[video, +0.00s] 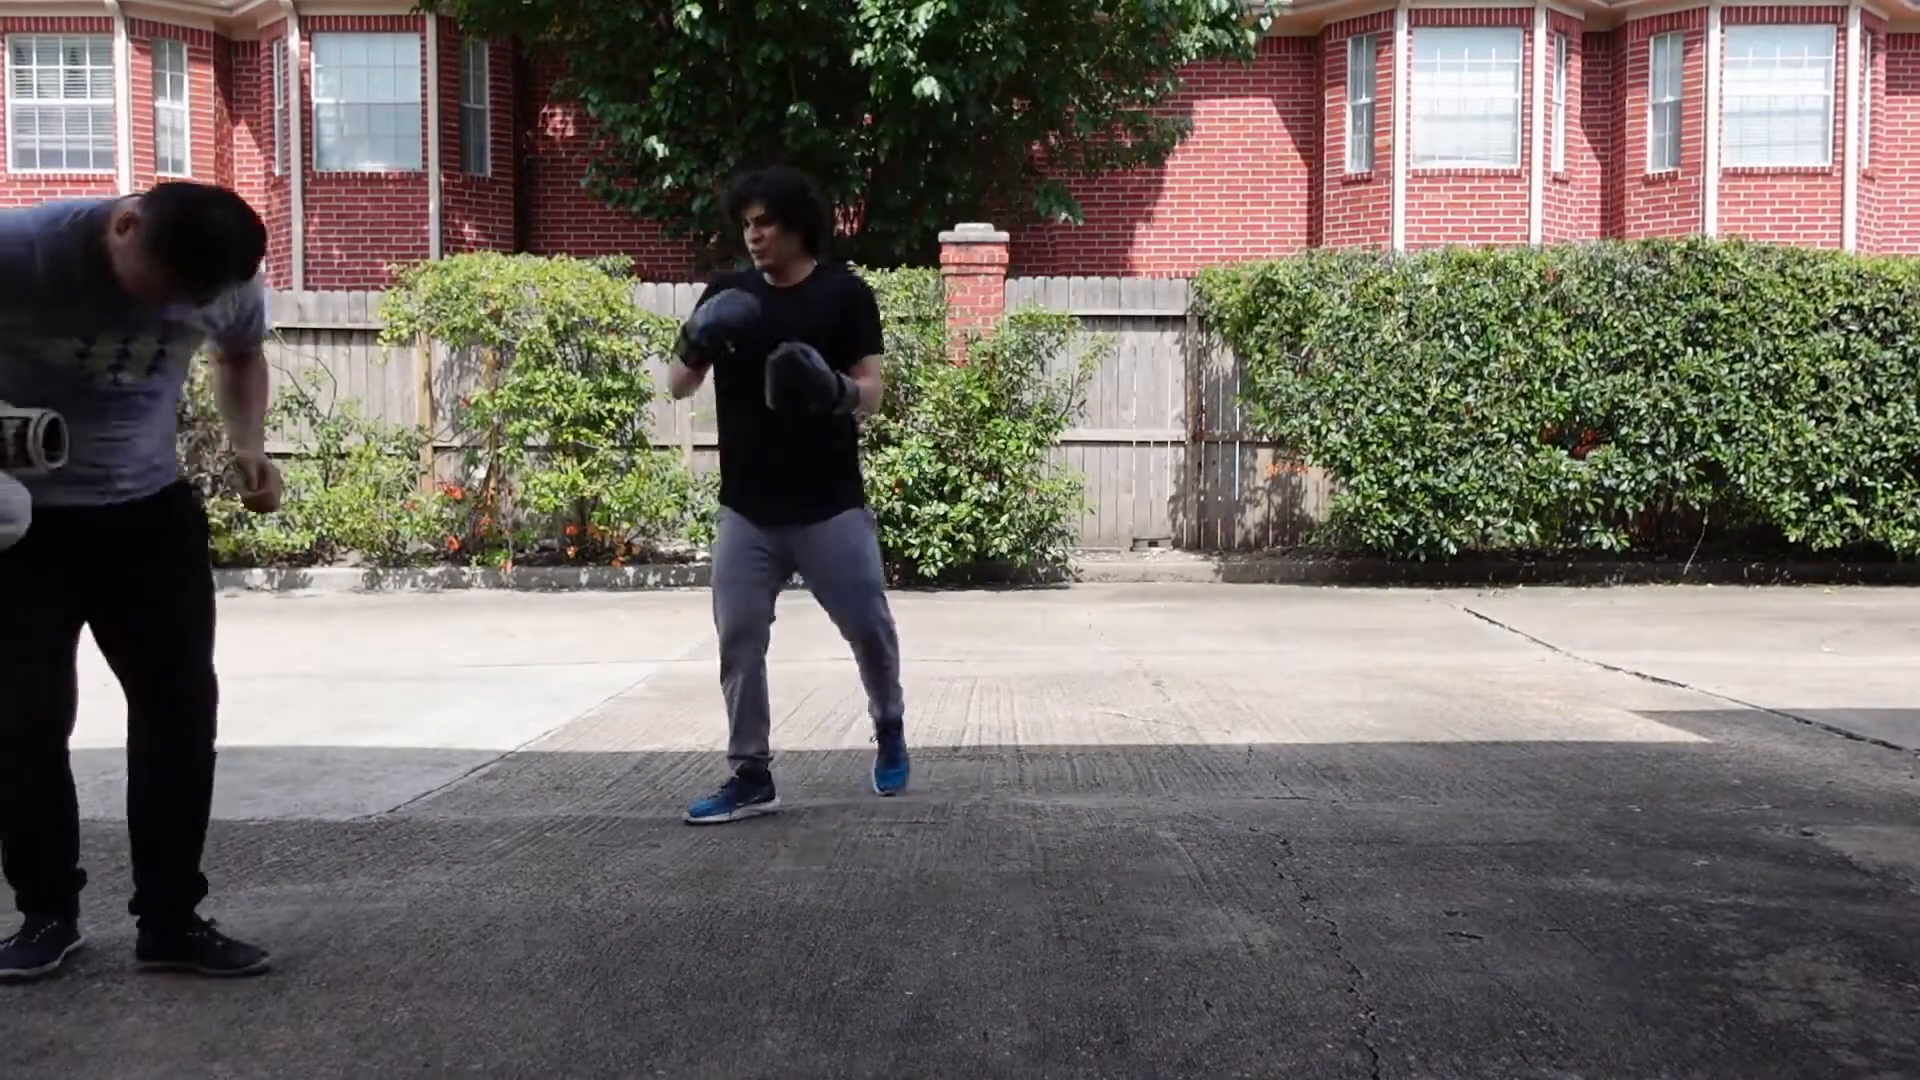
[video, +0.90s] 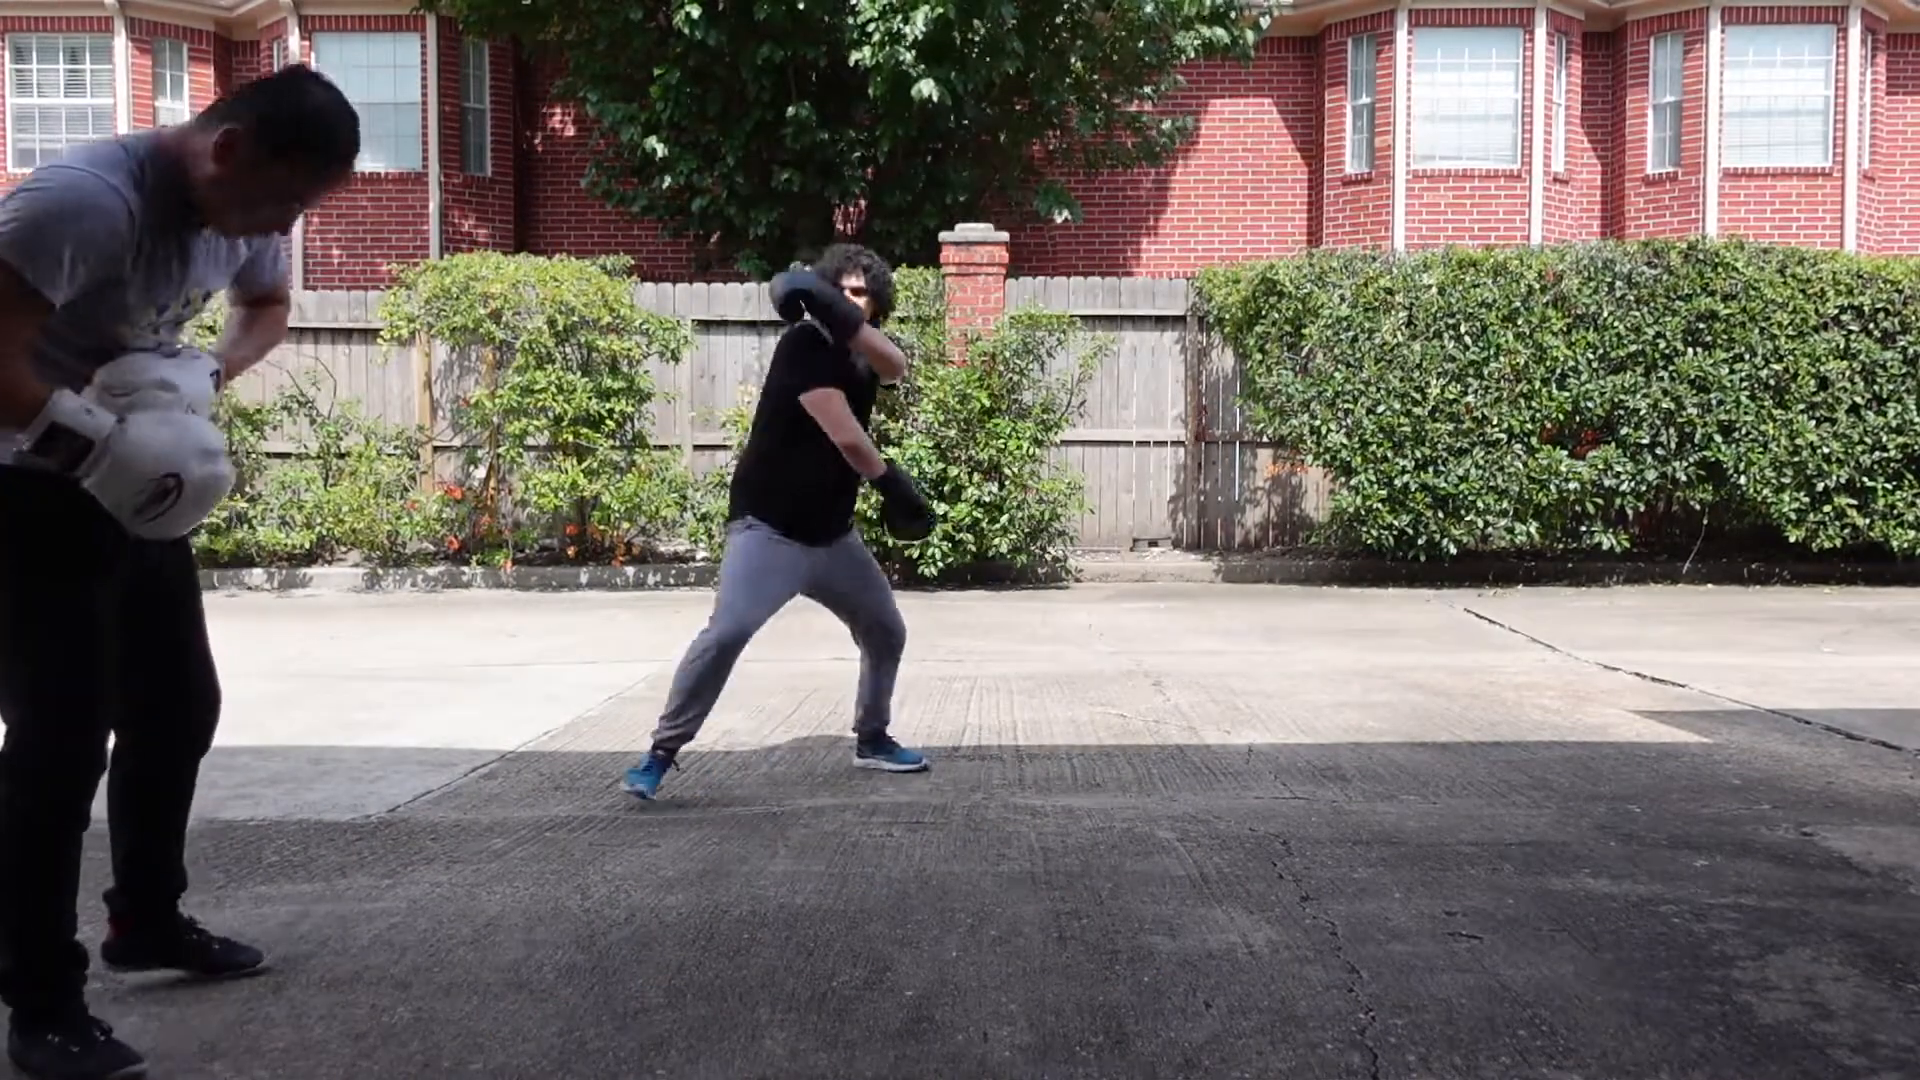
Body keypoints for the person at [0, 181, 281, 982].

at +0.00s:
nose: (158, 302)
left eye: (174, 295)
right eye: (152, 286)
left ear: (205, 272)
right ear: (126, 224)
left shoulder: (218, 272)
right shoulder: (20, 249)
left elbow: (241, 352)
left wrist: (247, 445)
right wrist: (5, 439)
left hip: (150, 518)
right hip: (25, 526)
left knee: (178, 715)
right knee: (25, 729)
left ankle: (169, 921)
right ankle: (45, 916)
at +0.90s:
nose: (281, 227)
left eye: (297, 207)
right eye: (279, 202)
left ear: (250, 155)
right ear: (231, 148)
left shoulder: (246, 204)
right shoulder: (83, 202)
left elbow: (268, 311)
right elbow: (0, 352)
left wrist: (209, 370)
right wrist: (90, 429)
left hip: (129, 472)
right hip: (25, 474)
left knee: (176, 705)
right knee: (59, 733)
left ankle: (146, 919)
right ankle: (40, 1008)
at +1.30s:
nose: (412, 188)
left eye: (421, 164)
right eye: (413, 161)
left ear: (351, 139)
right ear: (362, 142)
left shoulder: (277, 215)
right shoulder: (233, 207)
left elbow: (232, 339)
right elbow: (115, 353)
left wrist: (270, 412)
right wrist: (216, 429)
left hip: (157, 490)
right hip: (88, 489)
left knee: (214, 727)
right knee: (112, 739)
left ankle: (261, 949)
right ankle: (46, 1017)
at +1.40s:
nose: (427, 184)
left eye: (436, 162)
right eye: (431, 159)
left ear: (363, 127)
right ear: (390, 136)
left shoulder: (279, 196)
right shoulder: (275, 205)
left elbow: (240, 339)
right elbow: (200, 365)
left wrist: (303, 402)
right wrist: (294, 431)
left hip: (201, 489)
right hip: (138, 492)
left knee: (265, 719)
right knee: (168, 742)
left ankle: (266, 946)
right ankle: (52, 1000)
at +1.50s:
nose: (438, 193)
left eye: (447, 175)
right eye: (446, 169)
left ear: (382, 118)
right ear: (418, 133)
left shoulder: (281, 175)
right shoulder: (311, 197)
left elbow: (255, 350)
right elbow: (273, 360)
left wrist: (345, 411)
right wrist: (354, 430)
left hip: (223, 483)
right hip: (201, 488)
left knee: (293, 713)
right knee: (255, 723)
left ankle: (268, 944)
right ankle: (99, 962)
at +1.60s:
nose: (434, 212)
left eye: (450, 198)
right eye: (451, 191)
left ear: (410, 130)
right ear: (437, 145)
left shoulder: (299, 167)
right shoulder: (344, 187)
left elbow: (286, 343)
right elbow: (326, 349)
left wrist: (374, 414)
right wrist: (389, 426)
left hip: (213, 474)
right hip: (254, 481)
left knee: (296, 718)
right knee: (336, 718)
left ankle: (271, 945)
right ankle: (175, 958)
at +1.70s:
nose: (456, 219)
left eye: (470, 206)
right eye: (471, 199)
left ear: (426, 132)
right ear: (458, 152)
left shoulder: (303, 168)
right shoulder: (378, 181)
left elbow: (276, 339)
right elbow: (366, 342)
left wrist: (378, 409)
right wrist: (422, 422)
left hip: (218, 468)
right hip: (292, 480)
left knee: (290, 707)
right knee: (390, 710)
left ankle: (270, 942)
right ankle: (306, 978)